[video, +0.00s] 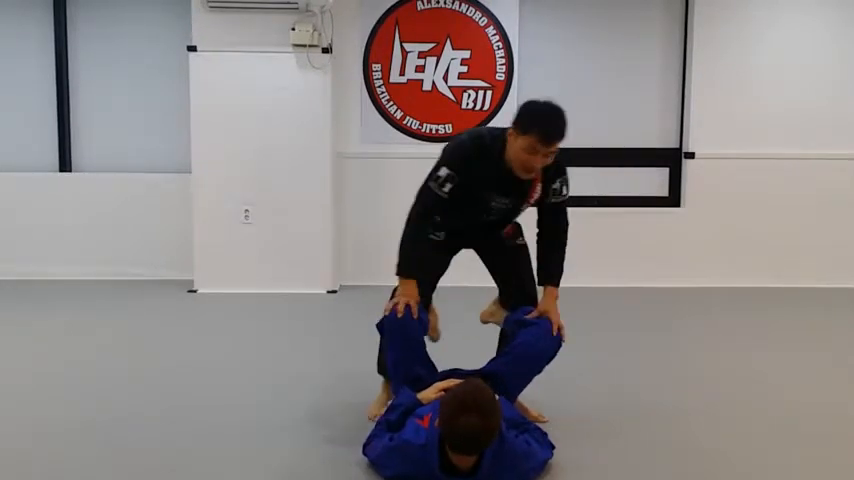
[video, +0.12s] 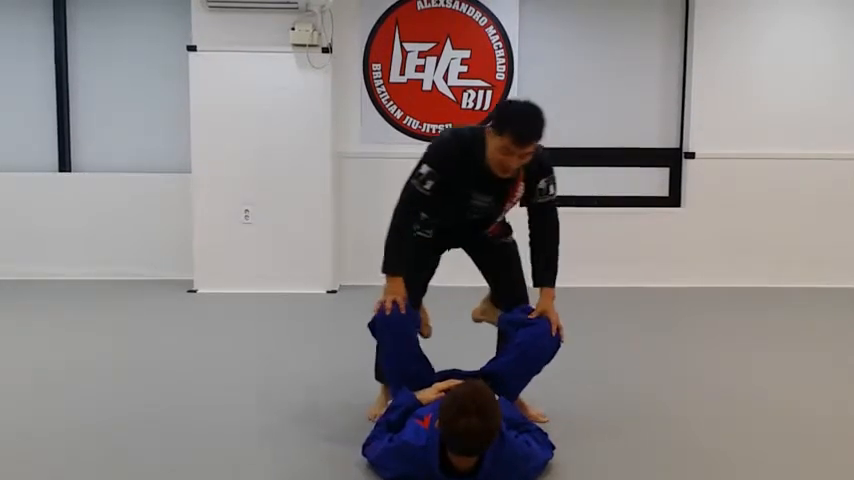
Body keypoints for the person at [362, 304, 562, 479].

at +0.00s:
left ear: (438, 422)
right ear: (499, 427)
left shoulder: (409, 452)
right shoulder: (517, 456)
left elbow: (374, 444)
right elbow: (539, 439)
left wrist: (414, 398)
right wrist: (507, 403)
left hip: (424, 392)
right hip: (493, 392)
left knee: (400, 316)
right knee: (546, 333)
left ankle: (425, 318)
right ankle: (505, 312)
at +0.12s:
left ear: (438, 425)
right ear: (498, 429)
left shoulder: (409, 452)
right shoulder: (517, 456)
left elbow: (373, 445)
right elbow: (540, 441)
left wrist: (412, 398)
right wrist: (507, 404)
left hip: (423, 394)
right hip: (493, 392)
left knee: (391, 316)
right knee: (545, 332)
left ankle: (416, 312)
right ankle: (494, 312)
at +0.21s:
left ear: (437, 425)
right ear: (498, 430)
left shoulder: (409, 452)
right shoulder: (517, 457)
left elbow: (373, 445)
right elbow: (540, 441)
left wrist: (411, 398)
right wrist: (506, 403)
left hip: (423, 394)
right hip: (492, 392)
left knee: (386, 319)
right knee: (543, 331)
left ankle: (413, 311)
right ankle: (491, 312)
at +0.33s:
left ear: (437, 424)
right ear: (498, 430)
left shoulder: (409, 452)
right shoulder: (517, 458)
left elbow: (372, 446)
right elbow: (540, 443)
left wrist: (410, 399)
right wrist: (507, 404)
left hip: (421, 396)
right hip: (491, 392)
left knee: (379, 322)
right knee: (540, 327)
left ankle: (412, 314)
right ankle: (496, 315)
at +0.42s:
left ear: (436, 425)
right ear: (497, 430)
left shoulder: (409, 453)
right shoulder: (518, 458)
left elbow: (372, 446)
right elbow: (541, 443)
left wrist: (410, 400)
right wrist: (502, 403)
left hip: (421, 396)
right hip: (491, 392)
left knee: (378, 322)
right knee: (540, 327)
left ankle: (413, 318)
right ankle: (496, 315)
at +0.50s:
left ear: (437, 426)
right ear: (496, 433)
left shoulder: (409, 453)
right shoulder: (518, 458)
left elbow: (372, 446)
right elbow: (541, 443)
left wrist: (410, 400)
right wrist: (501, 404)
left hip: (422, 396)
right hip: (491, 392)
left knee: (380, 321)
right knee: (541, 325)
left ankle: (415, 318)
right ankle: (497, 316)